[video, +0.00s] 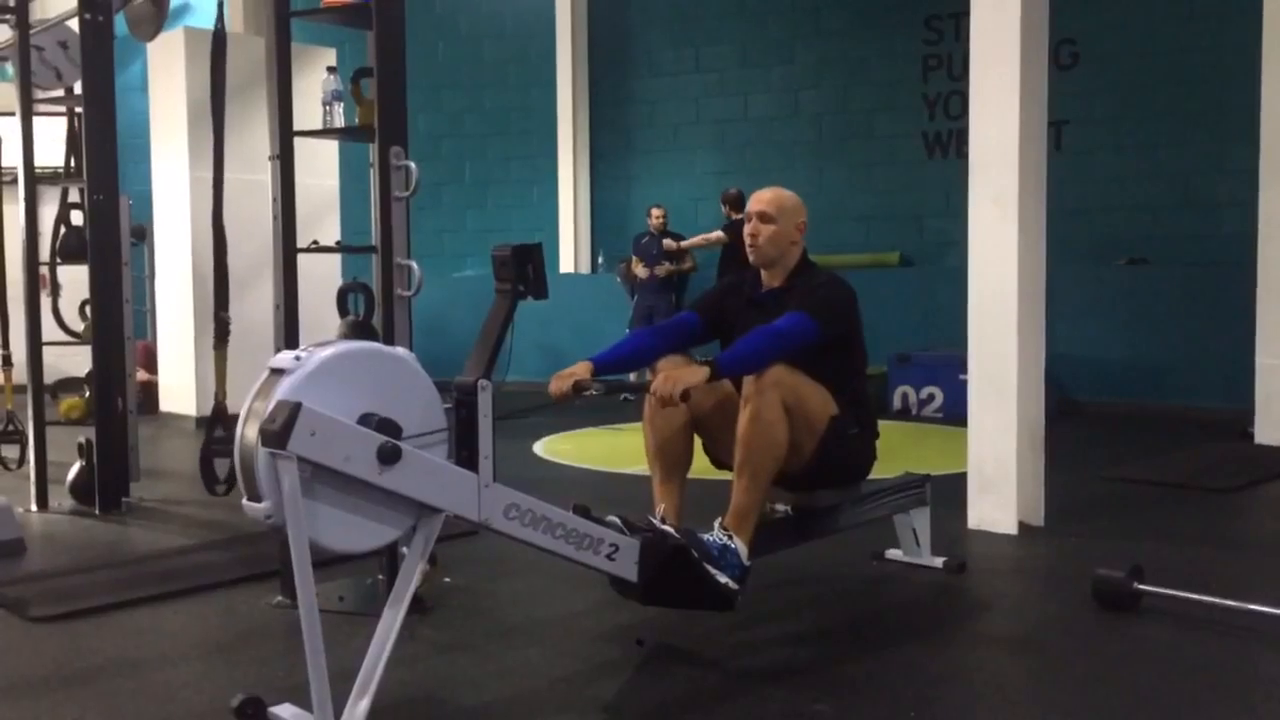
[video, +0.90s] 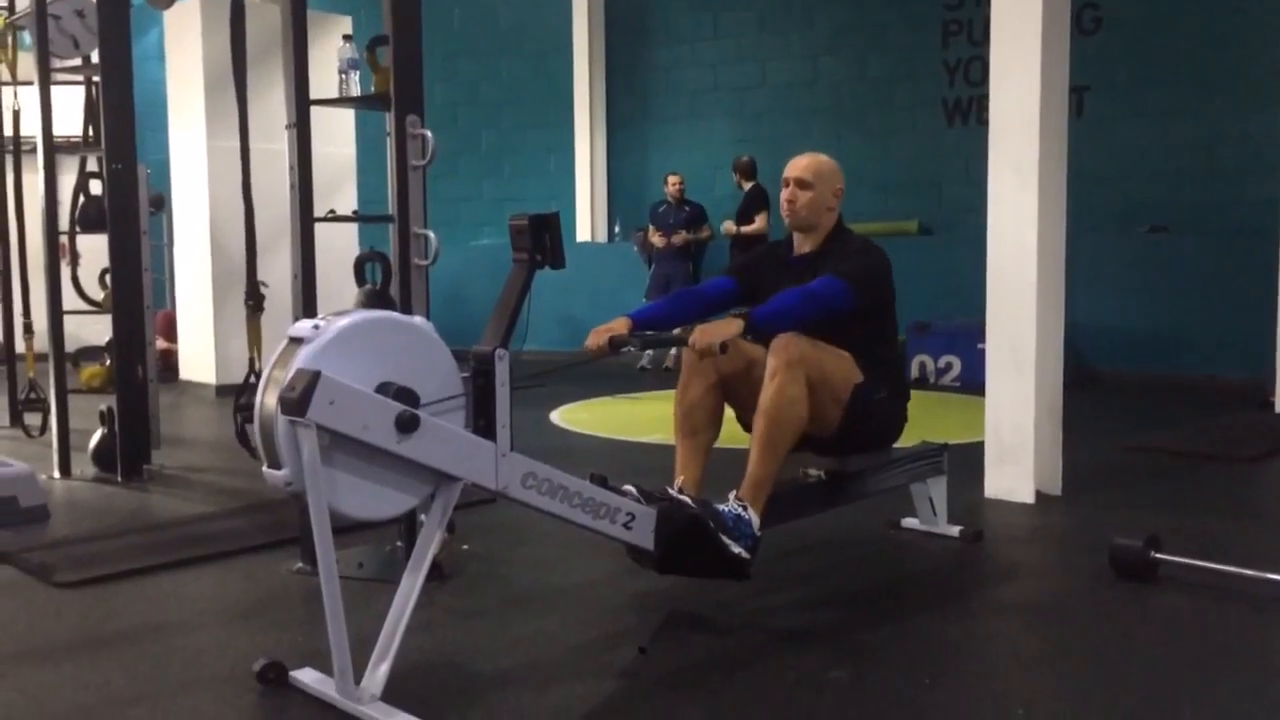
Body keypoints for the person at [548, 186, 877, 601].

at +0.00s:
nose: (750, 230)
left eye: (764, 220)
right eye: (747, 221)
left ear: (798, 232)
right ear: (741, 231)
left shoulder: (829, 293)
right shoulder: (735, 291)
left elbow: (780, 338)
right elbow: (669, 335)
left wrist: (709, 370)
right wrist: (591, 365)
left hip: (836, 453)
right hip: (761, 451)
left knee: (768, 379)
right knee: (670, 380)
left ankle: (734, 544)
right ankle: (666, 528)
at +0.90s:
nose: (787, 195)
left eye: (801, 186)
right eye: (785, 186)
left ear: (834, 200)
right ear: (778, 194)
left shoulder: (864, 260)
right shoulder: (767, 260)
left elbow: (815, 300)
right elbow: (705, 298)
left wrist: (742, 321)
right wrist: (630, 321)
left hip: (867, 414)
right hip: (791, 412)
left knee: (789, 348)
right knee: (703, 350)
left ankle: (746, 516)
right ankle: (683, 498)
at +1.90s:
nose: (912, 195)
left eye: (924, 186)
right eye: (907, 185)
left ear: (954, 187)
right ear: (902, 187)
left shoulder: (991, 243)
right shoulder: (889, 239)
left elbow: (1034, 316)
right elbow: (855, 319)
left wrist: (984, 270)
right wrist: (848, 285)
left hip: (926, 363)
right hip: (863, 352)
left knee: (838, 391)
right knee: (793, 381)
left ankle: (748, 491)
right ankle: (686, 476)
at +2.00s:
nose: (893, 187)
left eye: (904, 177)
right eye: (887, 177)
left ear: (934, 178)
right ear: (882, 179)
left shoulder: (972, 234)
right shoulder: (871, 234)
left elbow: (1004, 309)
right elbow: (832, 310)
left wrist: (946, 281)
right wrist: (822, 287)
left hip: (922, 360)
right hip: (858, 351)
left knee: (834, 384)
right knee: (783, 378)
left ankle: (748, 493)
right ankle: (693, 476)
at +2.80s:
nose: (838, 172)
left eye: (852, 164)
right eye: (833, 163)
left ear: (882, 172)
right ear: (827, 171)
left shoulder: (907, 234)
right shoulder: (812, 236)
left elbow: (866, 276)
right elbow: (757, 275)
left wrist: (806, 298)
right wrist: (691, 299)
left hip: (895, 375)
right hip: (820, 367)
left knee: (814, 360)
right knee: (732, 357)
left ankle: (741, 498)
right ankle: (680, 479)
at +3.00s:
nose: (910, 188)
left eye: (923, 180)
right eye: (905, 179)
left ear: (951, 188)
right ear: (900, 186)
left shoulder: (972, 244)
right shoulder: (873, 247)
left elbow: (957, 295)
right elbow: (830, 297)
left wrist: (898, 299)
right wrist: (785, 304)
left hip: (923, 364)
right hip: (858, 356)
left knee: (832, 397)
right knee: (776, 391)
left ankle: (744, 501)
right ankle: (679, 484)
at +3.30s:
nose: (920, 216)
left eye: (933, 206)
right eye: (915, 206)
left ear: (961, 209)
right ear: (910, 208)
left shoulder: (995, 267)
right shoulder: (896, 263)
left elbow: (1032, 337)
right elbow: (849, 344)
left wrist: (986, 289)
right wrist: (848, 304)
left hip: (929, 378)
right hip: (867, 367)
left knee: (839, 406)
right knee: (796, 397)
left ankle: (747, 505)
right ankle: (688, 489)